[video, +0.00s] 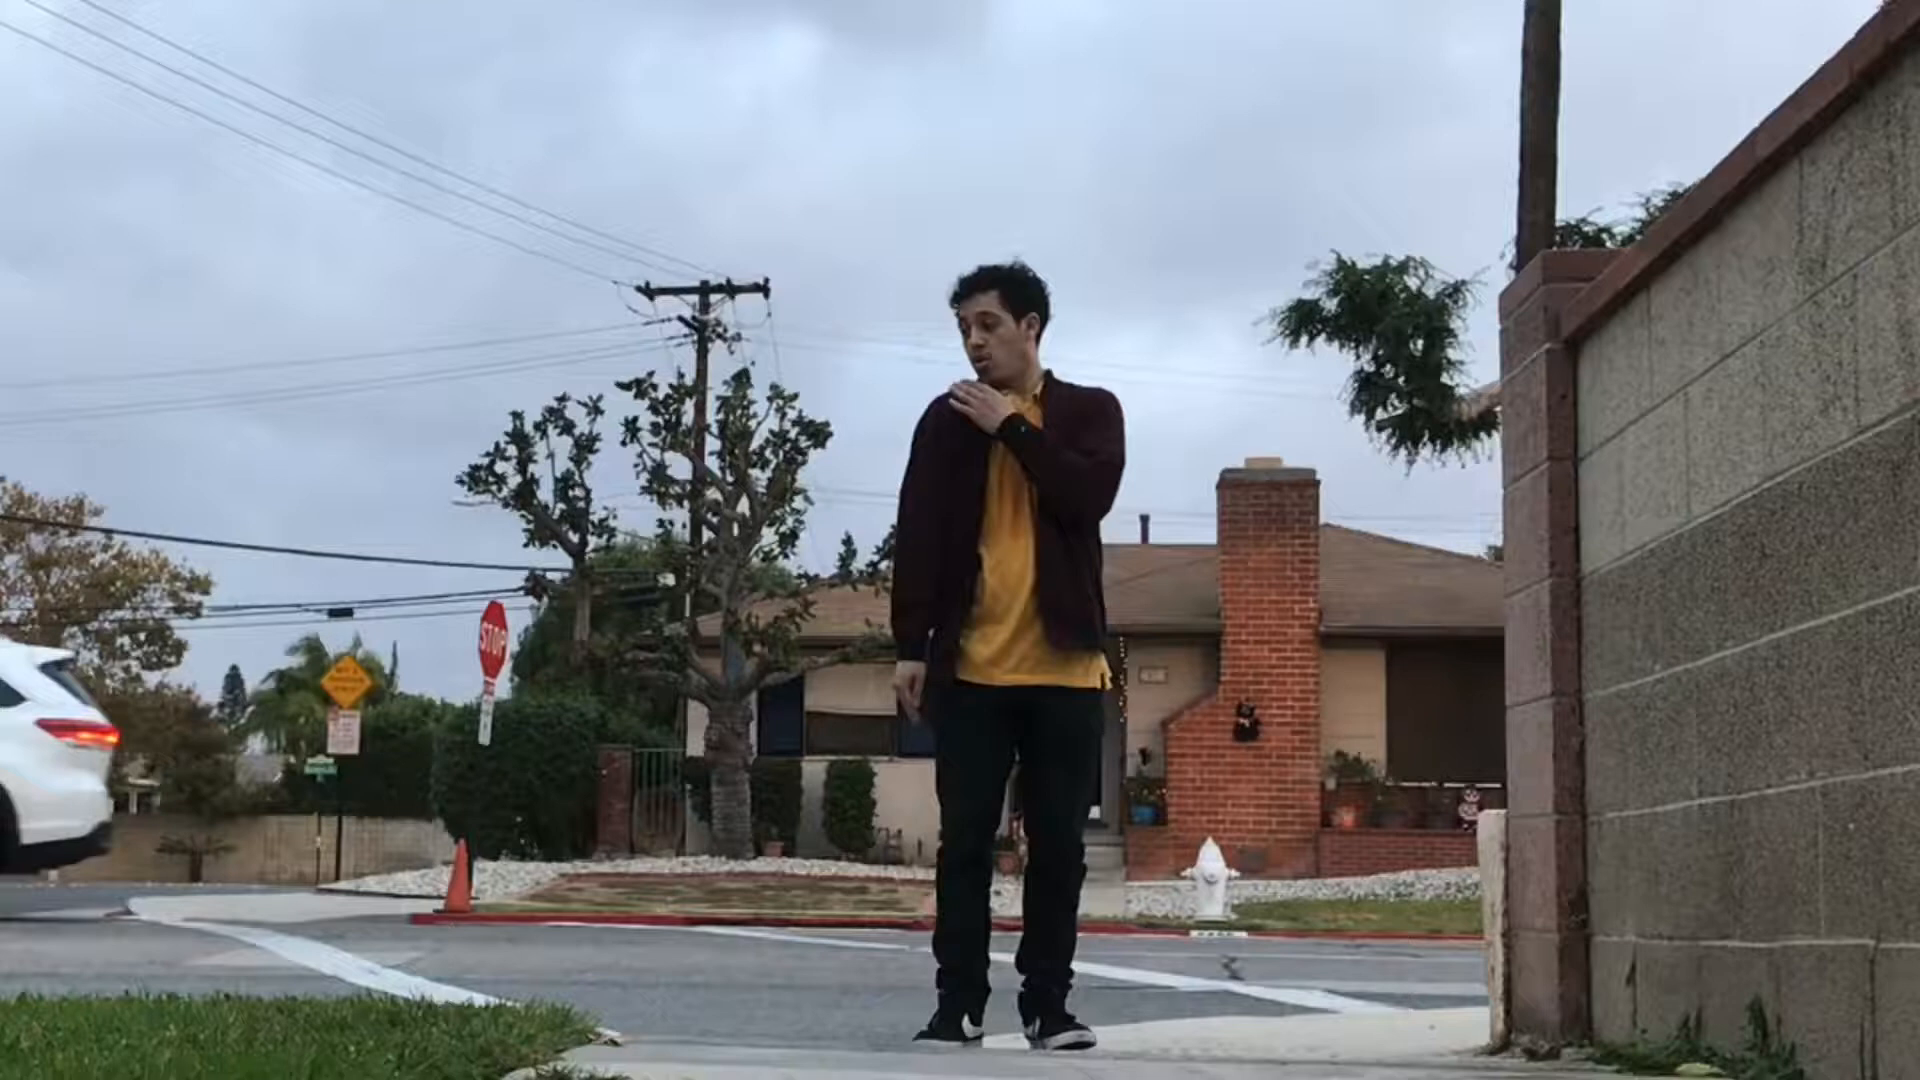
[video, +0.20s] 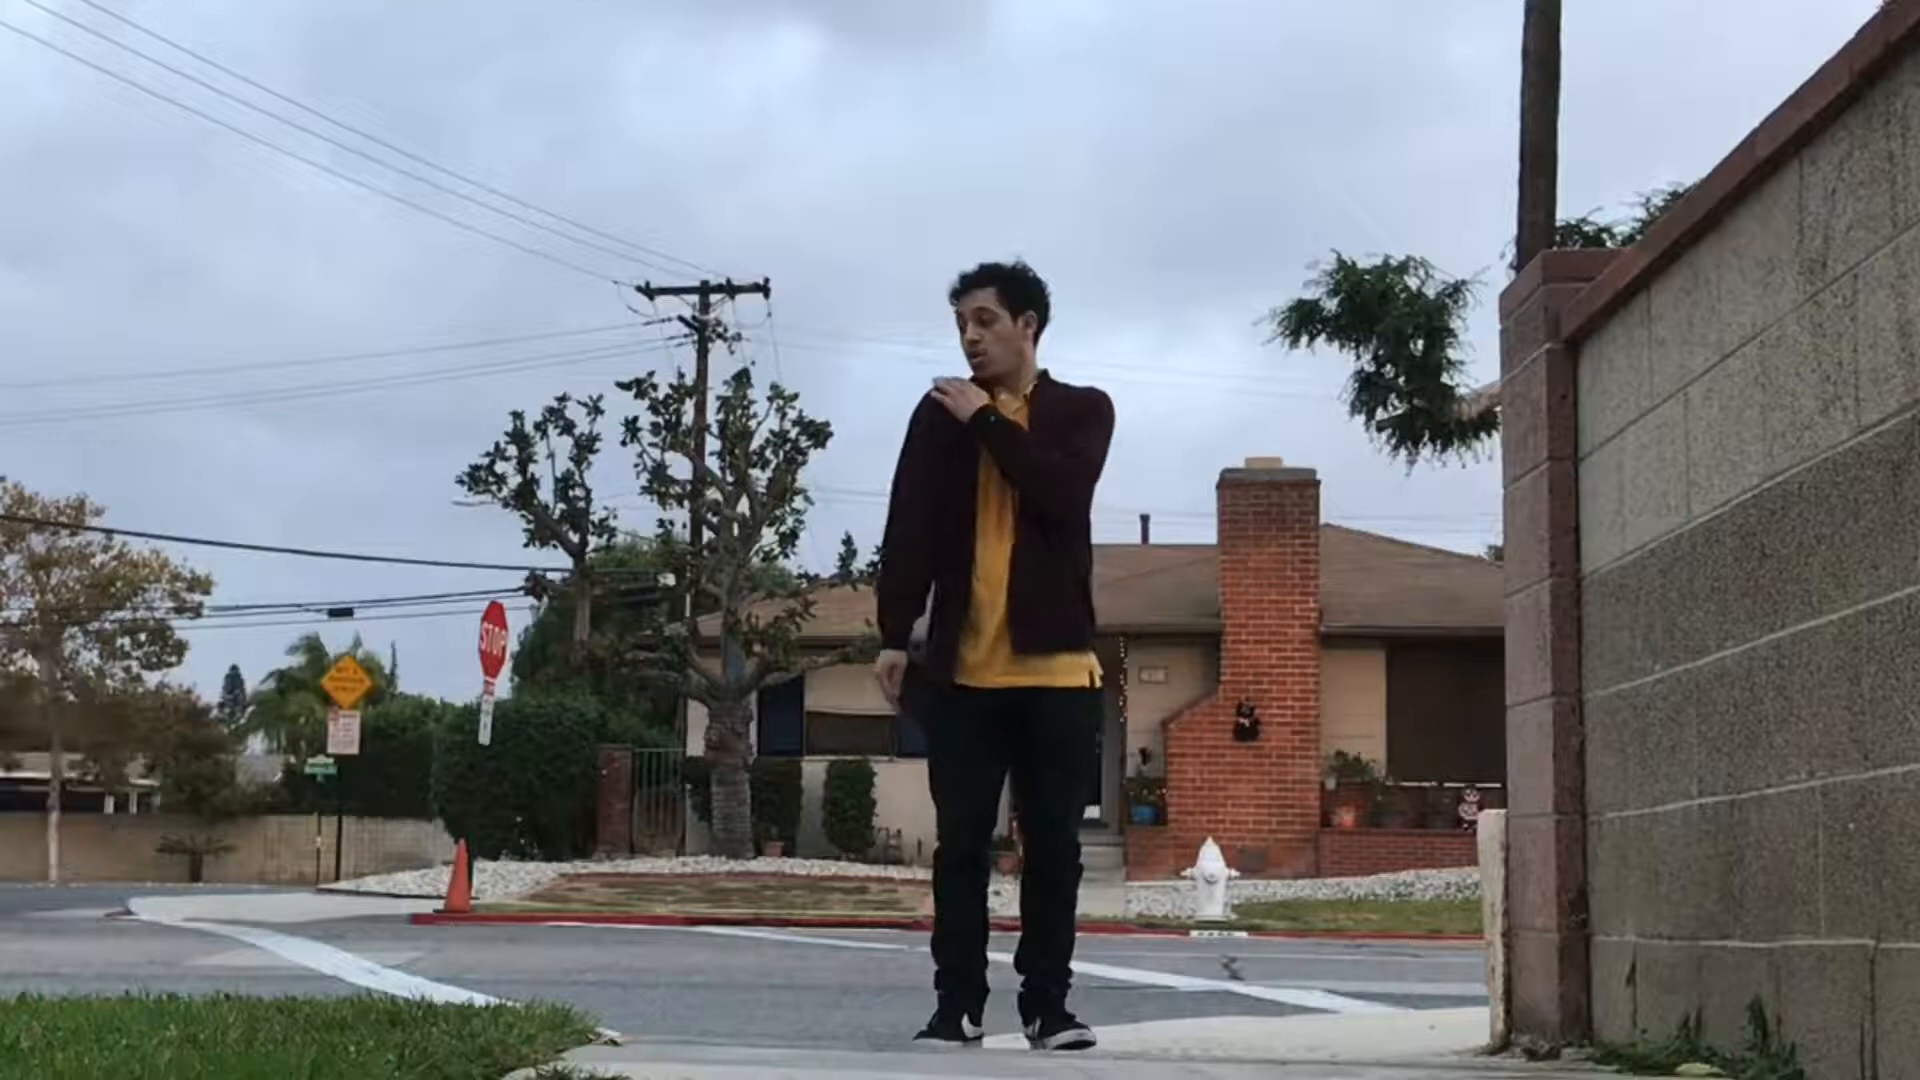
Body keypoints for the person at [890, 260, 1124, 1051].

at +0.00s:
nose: (974, 341)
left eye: (988, 325)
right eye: (966, 329)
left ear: (1032, 325)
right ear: (962, 338)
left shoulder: (1090, 410)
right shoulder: (947, 418)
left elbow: (1088, 497)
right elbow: (918, 534)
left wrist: (1010, 425)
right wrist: (912, 647)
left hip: (1066, 670)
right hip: (970, 667)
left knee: (1058, 847)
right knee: (965, 844)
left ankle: (1048, 1007)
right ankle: (959, 1005)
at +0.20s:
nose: (972, 338)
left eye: (985, 322)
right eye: (963, 326)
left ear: (1032, 325)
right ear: (960, 336)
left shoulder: (1083, 410)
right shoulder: (940, 413)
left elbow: (1062, 492)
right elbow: (909, 527)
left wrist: (981, 418)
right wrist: (895, 635)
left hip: (1056, 669)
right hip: (961, 666)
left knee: (1054, 846)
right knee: (961, 845)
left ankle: (1046, 1006)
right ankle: (958, 1005)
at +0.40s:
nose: (968, 336)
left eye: (982, 320)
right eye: (960, 324)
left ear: (1028, 327)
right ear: (956, 335)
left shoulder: (1080, 412)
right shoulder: (934, 428)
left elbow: (1057, 491)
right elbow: (882, 528)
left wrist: (973, 430)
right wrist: (886, 627)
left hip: (1051, 673)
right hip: (955, 674)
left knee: (1050, 847)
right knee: (957, 847)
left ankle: (1045, 1006)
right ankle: (958, 1007)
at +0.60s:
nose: (963, 335)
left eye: (978, 319)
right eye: (956, 324)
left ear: (1023, 325)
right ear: (952, 337)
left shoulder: (1075, 414)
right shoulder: (930, 426)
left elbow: (1056, 493)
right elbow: (861, 508)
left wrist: (968, 435)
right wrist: (800, 587)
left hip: (1052, 674)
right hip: (957, 675)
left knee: (1051, 848)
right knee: (957, 848)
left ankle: (1046, 1007)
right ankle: (957, 1007)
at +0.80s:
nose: (969, 332)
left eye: (984, 317)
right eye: (961, 322)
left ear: (1028, 325)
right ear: (957, 336)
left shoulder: (1078, 414)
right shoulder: (935, 427)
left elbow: (1056, 492)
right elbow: (869, 509)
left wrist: (972, 431)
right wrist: (796, 574)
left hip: (1050, 674)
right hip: (955, 674)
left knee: (1049, 848)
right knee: (956, 848)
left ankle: (1046, 1006)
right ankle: (957, 1008)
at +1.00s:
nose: (988, 328)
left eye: (1004, 315)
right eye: (978, 317)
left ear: (1043, 327)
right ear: (969, 331)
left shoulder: (1083, 414)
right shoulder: (943, 425)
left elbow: (1060, 496)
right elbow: (920, 545)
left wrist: (973, 432)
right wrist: (937, 646)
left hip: (1048, 673)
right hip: (956, 673)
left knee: (1049, 848)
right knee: (956, 849)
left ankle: (1047, 1008)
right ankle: (957, 1009)